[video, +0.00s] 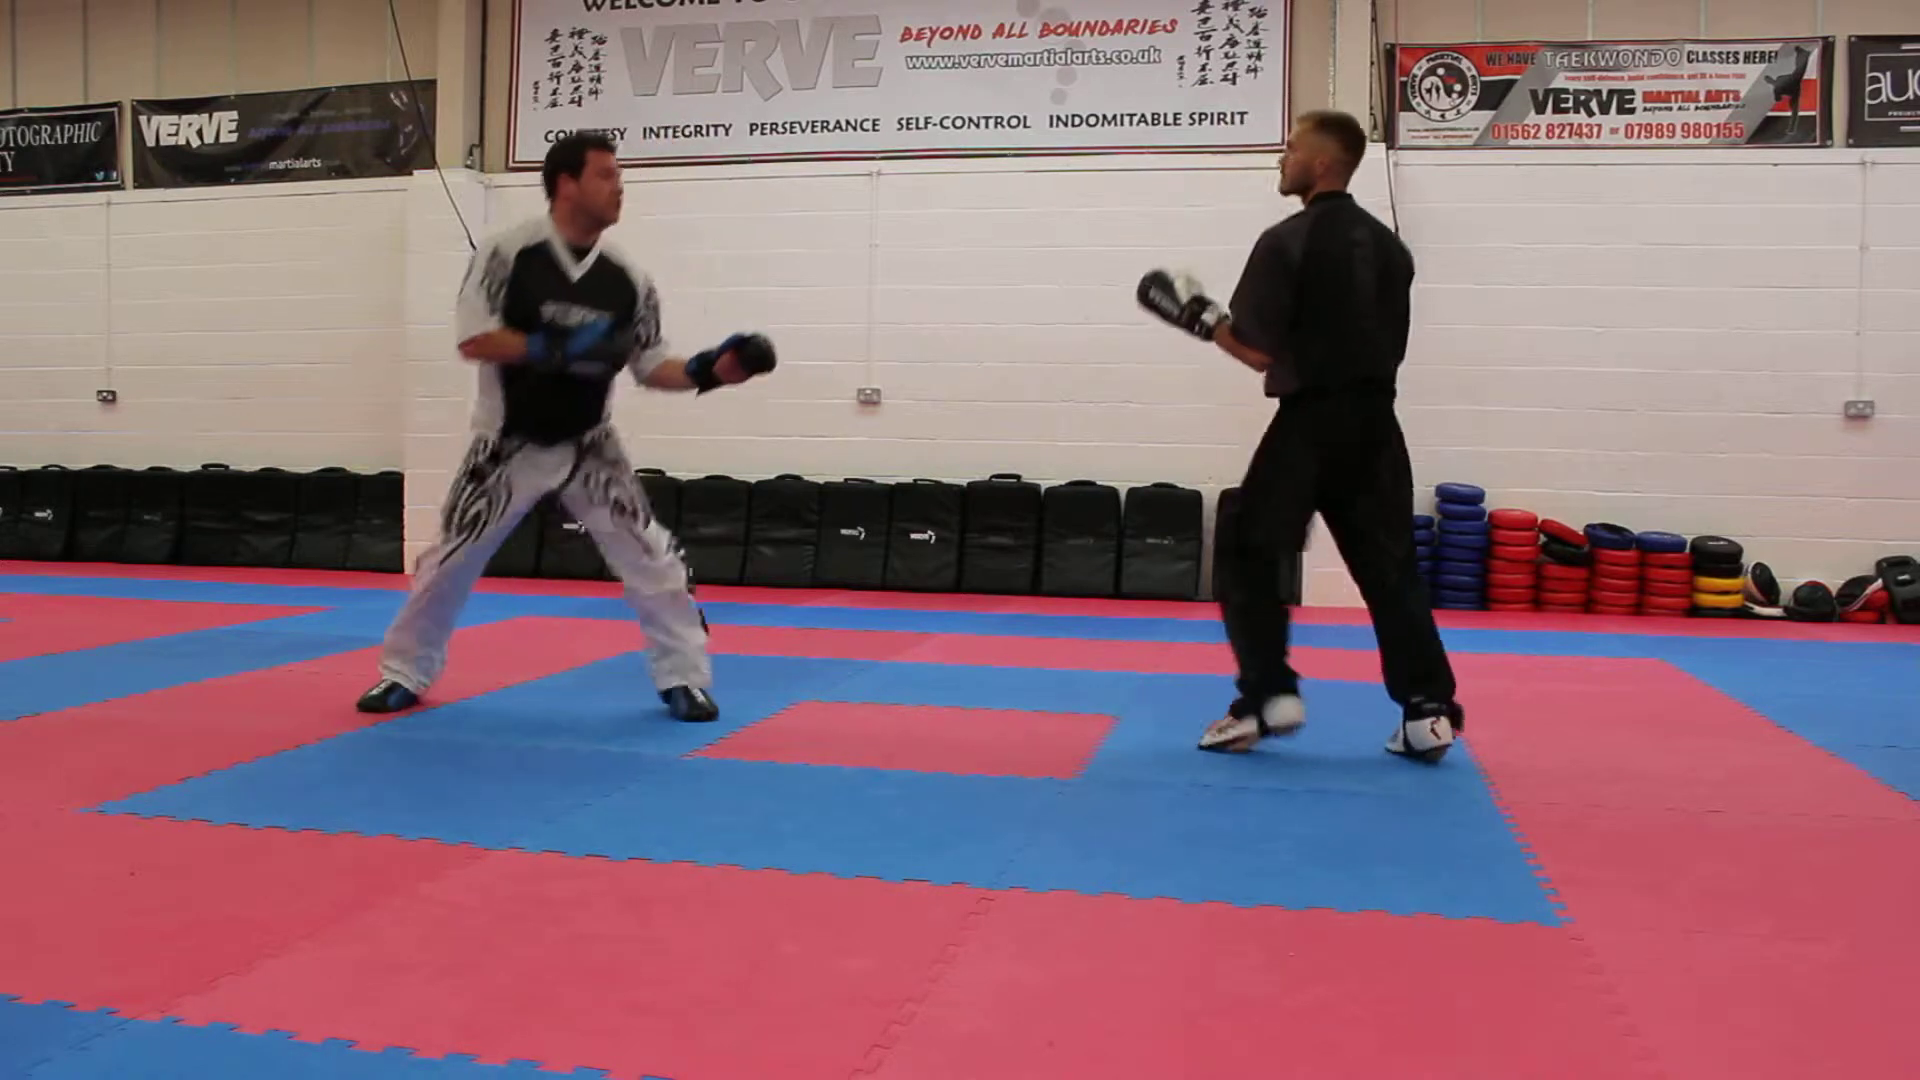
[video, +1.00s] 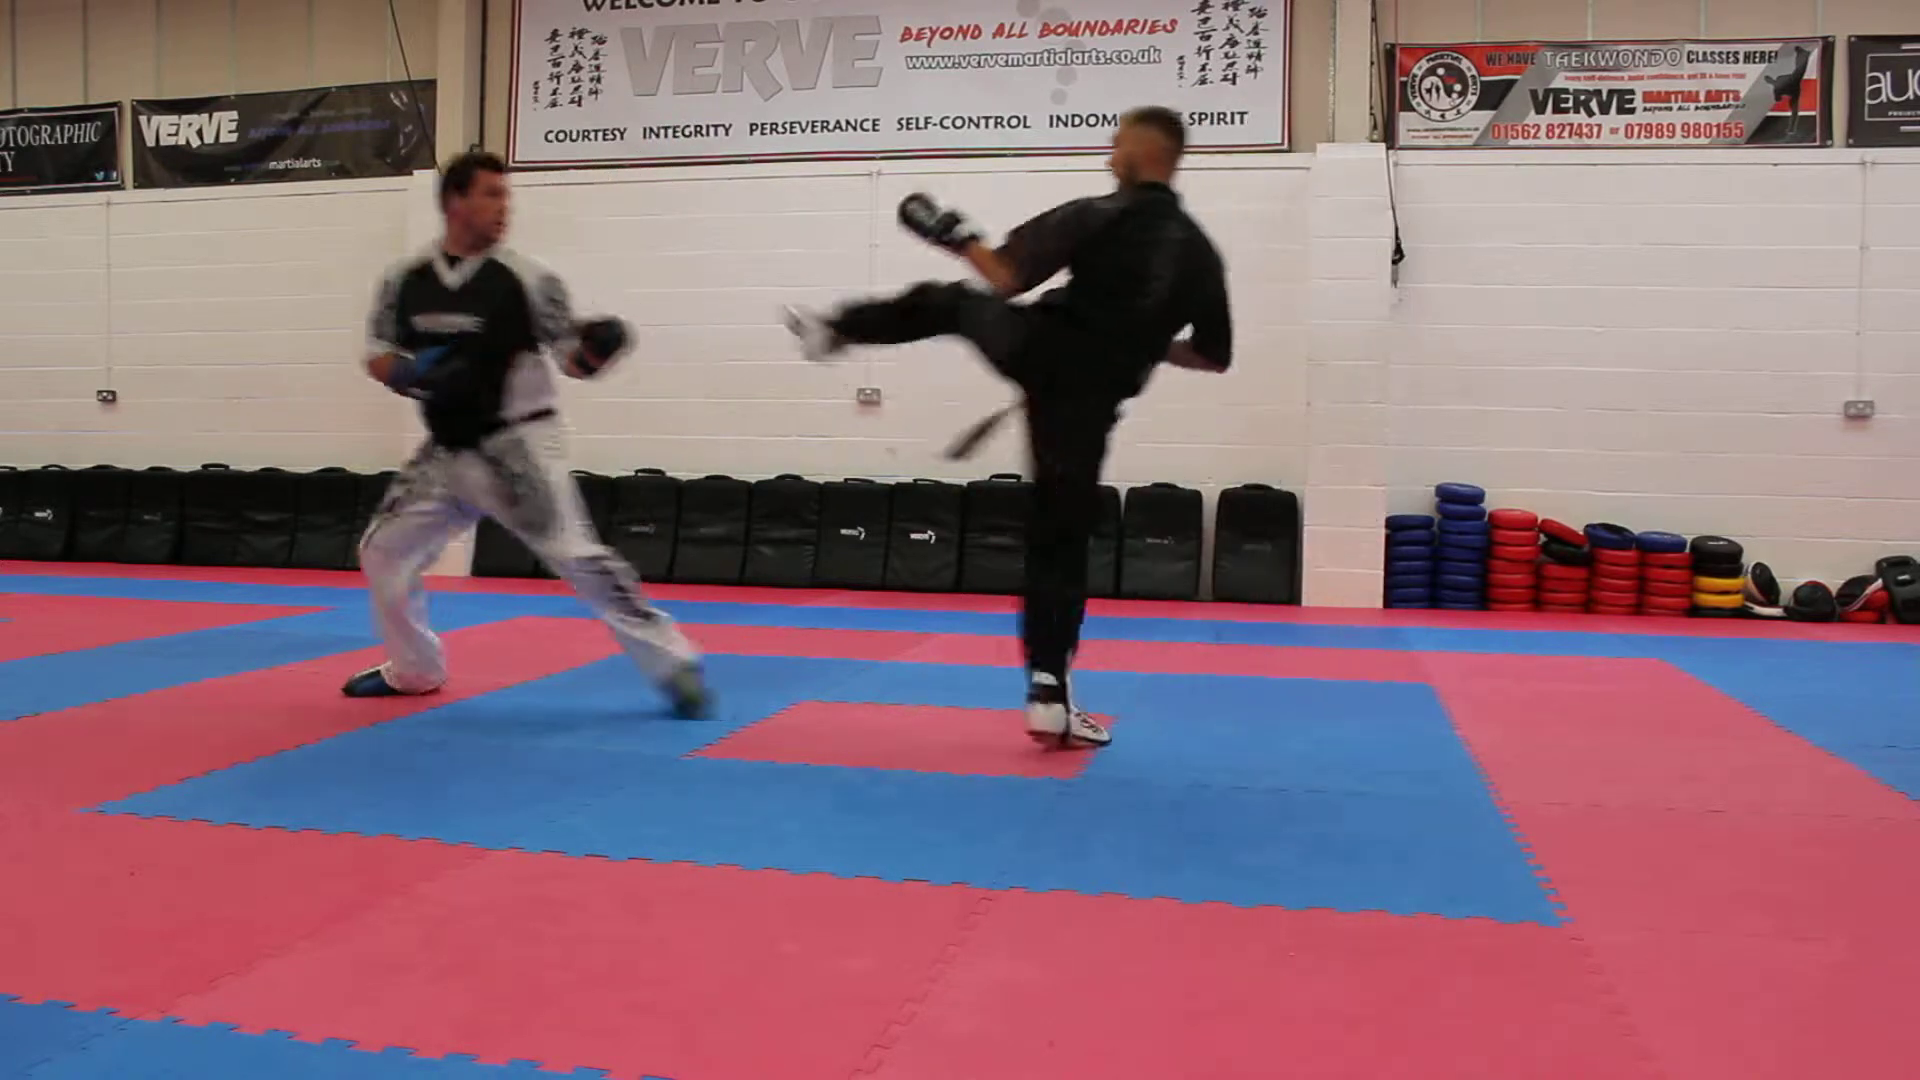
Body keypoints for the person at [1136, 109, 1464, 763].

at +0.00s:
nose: (1282, 158)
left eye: (1290, 148)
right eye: (1287, 147)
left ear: (1321, 162)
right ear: (1342, 168)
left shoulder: (1286, 244)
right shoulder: (1390, 248)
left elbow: (1260, 351)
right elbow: (1388, 350)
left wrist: (1205, 318)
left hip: (1303, 433)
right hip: (1374, 432)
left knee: (1248, 550)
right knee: (1390, 568)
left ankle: (1268, 693)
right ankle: (1428, 709)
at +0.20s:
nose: (1274, 133)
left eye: (1283, 121)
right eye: (1278, 121)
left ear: (1317, 130)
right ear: (1335, 135)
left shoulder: (1280, 211)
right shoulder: (1393, 218)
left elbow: (1260, 321)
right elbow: (1392, 324)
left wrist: (1201, 292)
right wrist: (1303, 317)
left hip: (1298, 398)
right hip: (1373, 397)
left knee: (1247, 529)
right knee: (1395, 541)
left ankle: (1205, 679)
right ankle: (1413, 694)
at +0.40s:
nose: (1256, 161)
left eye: (1265, 151)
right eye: (1260, 150)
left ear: (1297, 160)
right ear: (1315, 164)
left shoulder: (1259, 244)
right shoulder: (1368, 244)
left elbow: (1232, 349)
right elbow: (1371, 349)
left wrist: (1185, 316)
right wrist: (1278, 336)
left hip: (1277, 433)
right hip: (1353, 431)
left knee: (1239, 571)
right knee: (1382, 569)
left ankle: (1185, 717)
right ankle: (1406, 716)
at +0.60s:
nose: (1232, 163)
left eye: (1241, 152)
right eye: (1237, 151)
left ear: (1270, 162)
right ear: (1296, 168)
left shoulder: (1213, 231)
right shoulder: (1327, 252)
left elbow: (1160, 324)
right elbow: (1336, 360)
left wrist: (1135, 295)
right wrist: (1278, 342)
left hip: (1208, 419)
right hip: (1281, 423)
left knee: (1187, 548)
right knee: (1288, 552)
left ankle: (1166, 697)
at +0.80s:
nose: (1197, 165)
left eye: (1206, 155)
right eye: (1202, 154)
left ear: (1233, 164)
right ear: (1256, 169)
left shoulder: (1188, 220)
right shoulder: (1279, 259)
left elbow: (1127, 270)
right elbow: (1269, 356)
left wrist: (1071, 239)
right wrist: (1213, 316)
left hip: (1118, 375)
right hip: (1177, 411)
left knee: (1051, 418)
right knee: (1203, 546)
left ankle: (1004, 496)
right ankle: (1225, 699)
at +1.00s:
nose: (1110, 153)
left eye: (1118, 142)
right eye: (1115, 141)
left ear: (1137, 152)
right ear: (1174, 158)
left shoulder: (1095, 216)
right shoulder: (1198, 253)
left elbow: (1005, 278)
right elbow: (1211, 355)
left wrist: (959, 236)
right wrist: (1147, 338)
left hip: (1032, 347)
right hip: (1086, 399)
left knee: (952, 303)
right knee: (1060, 536)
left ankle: (836, 329)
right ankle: (1047, 691)